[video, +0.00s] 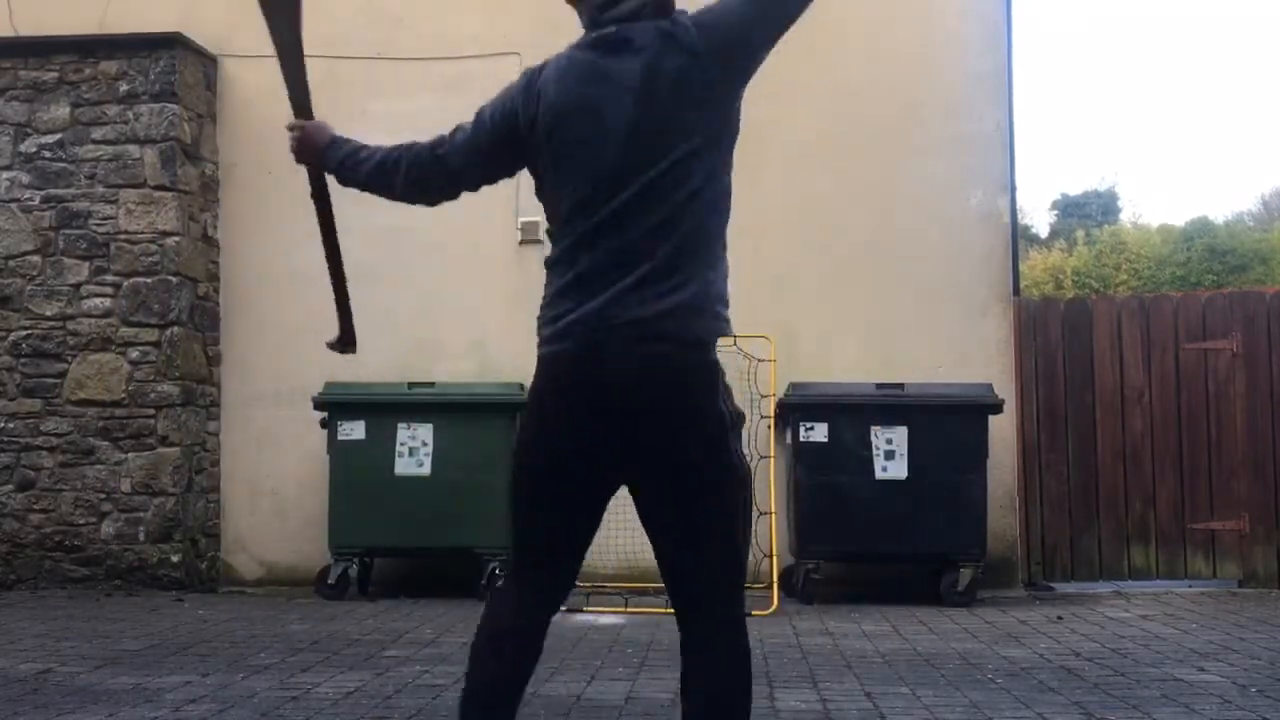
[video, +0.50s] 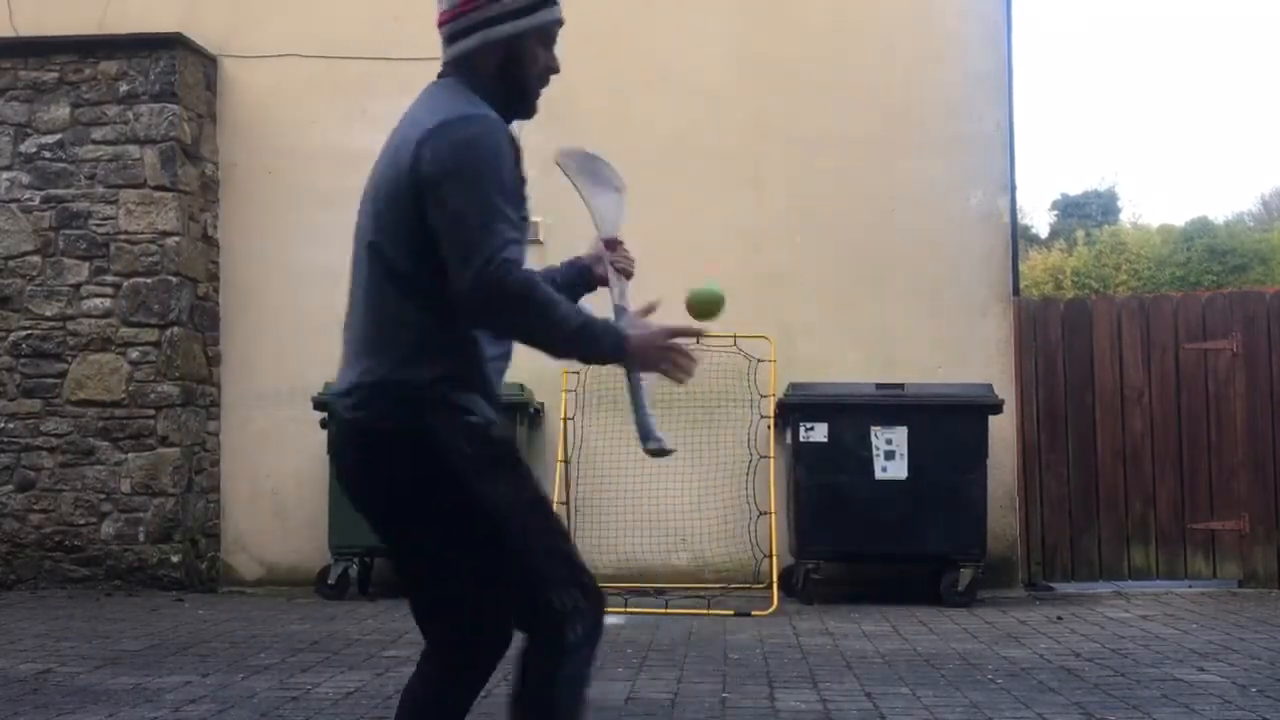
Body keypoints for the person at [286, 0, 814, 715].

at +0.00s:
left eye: (576, 7)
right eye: (680, 1)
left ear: (581, 8)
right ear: (664, 0)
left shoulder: (543, 91)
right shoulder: (708, 46)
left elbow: (432, 169)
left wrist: (328, 149)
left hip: (570, 381)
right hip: (679, 376)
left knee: (527, 593)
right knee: (713, 612)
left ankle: (481, 713)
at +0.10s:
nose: (670, 14)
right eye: (661, 8)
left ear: (567, 18)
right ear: (653, 11)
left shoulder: (533, 115)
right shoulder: (691, 75)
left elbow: (432, 200)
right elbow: (809, 19)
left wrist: (353, 168)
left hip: (562, 411)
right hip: (670, 403)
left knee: (523, 606)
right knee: (719, 630)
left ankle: (449, 711)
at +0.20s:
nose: (648, 30)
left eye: (643, 17)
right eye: (642, 17)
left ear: (555, 30)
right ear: (625, 22)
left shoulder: (502, 125)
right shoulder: (646, 97)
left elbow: (430, 245)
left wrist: (418, 204)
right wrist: (895, 89)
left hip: (537, 421)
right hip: (640, 417)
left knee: (536, 610)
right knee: (711, 633)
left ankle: (431, 712)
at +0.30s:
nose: (614, 24)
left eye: (611, 12)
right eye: (608, 11)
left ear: (524, 22)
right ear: (582, 17)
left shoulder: (456, 118)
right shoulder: (599, 98)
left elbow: (441, 259)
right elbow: (655, 230)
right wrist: (786, 311)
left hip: (487, 400)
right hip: (586, 397)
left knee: (524, 595)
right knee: (667, 617)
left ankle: (432, 716)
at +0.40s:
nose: (586, 32)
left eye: (583, 15)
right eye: (577, 14)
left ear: (497, 23)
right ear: (539, 18)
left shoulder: (445, 108)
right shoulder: (533, 107)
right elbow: (567, 263)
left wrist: (605, 312)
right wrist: (689, 346)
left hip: (429, 398)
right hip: (508, 398)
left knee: (492, 613)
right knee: (615, 609)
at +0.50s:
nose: (554, 64)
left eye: (554, 45)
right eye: (546, 42)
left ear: (485, 47)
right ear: (502, 45)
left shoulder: (436, 123)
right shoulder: (468, 131)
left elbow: (475, 298)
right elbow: (493, 288)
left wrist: (581, 273)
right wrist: (620, 343)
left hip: (380, 424)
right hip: (429, 423)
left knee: (469, 628)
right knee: (570, 610)